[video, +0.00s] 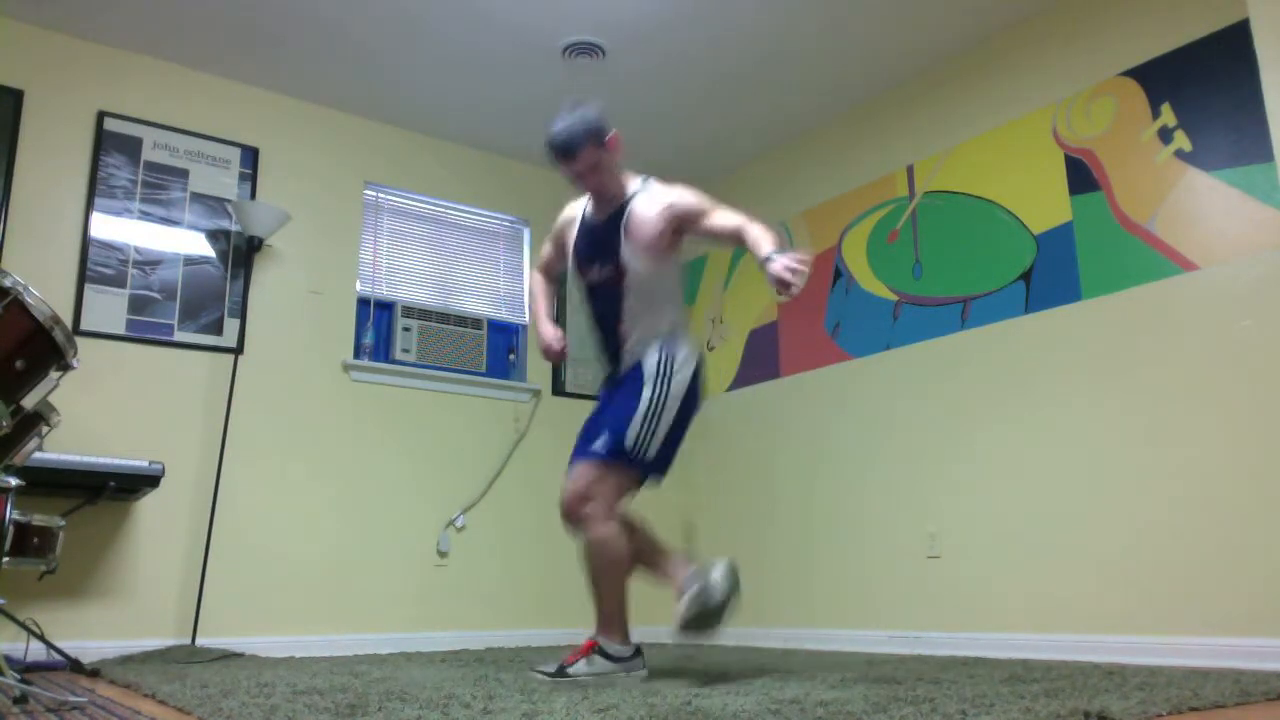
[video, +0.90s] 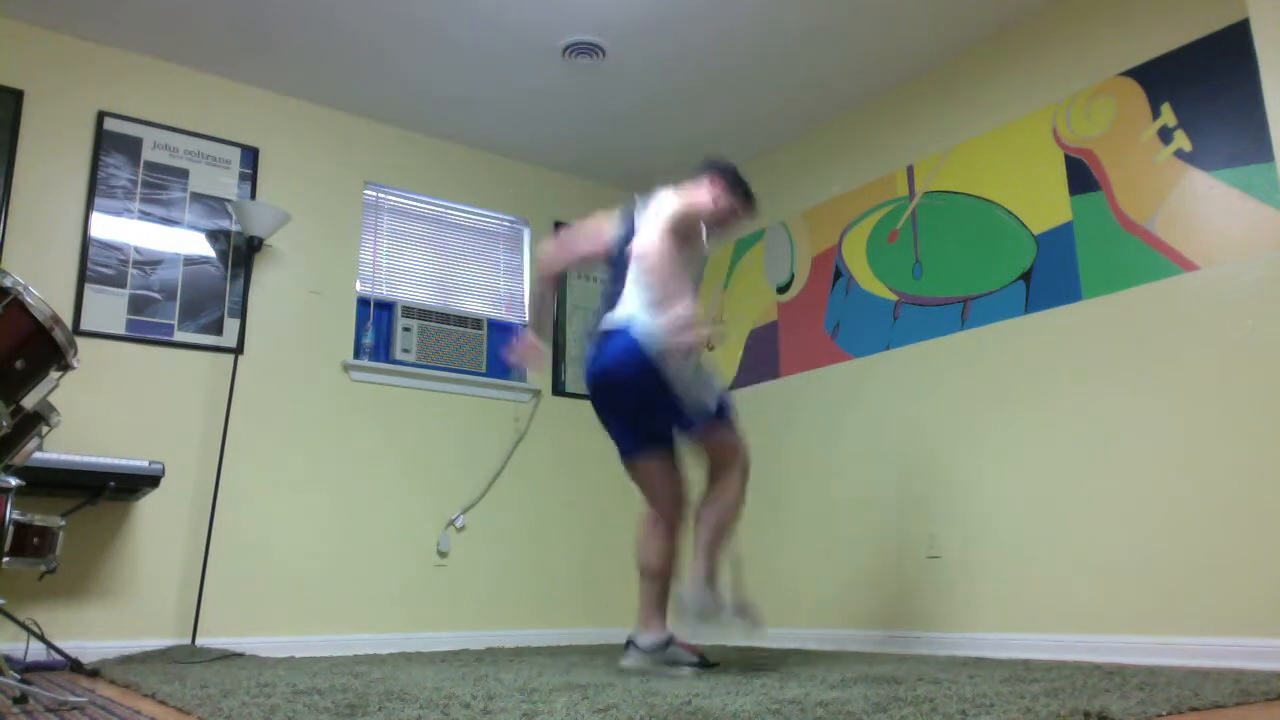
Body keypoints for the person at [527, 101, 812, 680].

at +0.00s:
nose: (584, 179)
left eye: (589, 164)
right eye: (572, 170)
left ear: (614, 146)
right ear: (563, 170)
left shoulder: (661, 203)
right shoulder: (573, 219)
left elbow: (744, 225)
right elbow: (543, 272)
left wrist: (771, 256)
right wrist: (544, 323)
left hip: (664, 366)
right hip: (626, 374)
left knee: (592, 498)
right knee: (579, 506)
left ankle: (614, 646)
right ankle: (695, 579)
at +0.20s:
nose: (541, 189)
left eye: (542, 174)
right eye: (532, 183)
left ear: (565, 147)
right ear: (529, 178)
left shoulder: (613, 187)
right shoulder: (574, 206)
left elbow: (675, 199)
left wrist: (726, 226)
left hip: (641, 348)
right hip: (617, 353)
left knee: (592, 487)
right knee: (585, 484)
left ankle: (613, 645)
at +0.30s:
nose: (536, 179)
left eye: (533, 165)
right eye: (525, 174)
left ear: (554, 136)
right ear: (531, 165)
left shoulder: (599, 167)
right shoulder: (578, 194)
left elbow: (672, 182)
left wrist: (679, 230)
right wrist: (709, 276)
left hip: (614, 334)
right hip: (637, 338)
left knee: (574, 482)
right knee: (616, 481)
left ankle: (607, 618)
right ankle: (676, 414)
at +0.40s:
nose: (532, 189)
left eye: (527, 178)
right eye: (527, 181)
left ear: (536, 155)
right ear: (559, 136)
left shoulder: (578, 175)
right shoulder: (625, 175)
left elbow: (621, 208)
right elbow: (707, 213)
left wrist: (601, 257)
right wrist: (736, 260)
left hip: (603, 352)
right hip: (652, 351)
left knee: (582, 501)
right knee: (620, 485)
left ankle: (598, 644)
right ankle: (645, 442)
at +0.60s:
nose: (650, 186)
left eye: (654, 178)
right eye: (654, 177)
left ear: (610, 155)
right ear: (641, 163)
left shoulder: (550, 179)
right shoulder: (638, 187)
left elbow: (486, 236)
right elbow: (733, 183)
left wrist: (497, 302)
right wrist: (809, 193)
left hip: (606, 357)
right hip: (663, 343)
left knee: (594, 501)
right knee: (666, 434)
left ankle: (598, 644)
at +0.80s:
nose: (703, 193)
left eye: (708, 187)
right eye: (707, 184)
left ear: (665, 155)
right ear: (695, 164)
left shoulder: (597, 180)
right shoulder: (670, 174)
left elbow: (525, 210)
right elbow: (702, 201)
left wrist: (523, 284)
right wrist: (773, 225)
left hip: (600, 332)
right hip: (657, 312)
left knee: (631, 478)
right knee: (720, 404)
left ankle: (631, 610)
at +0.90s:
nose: (725, 228)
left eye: (733, 223)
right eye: (730, 216)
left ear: (696, 181)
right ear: (716, 191)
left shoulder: (637, 213)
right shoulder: (690, 203)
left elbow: (549, 253)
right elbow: (654, 246)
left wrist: (535, 331)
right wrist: (679, 318)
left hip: (608, 364)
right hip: (651, 350)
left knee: (664, 502)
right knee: (729, 460)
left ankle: (651, 636)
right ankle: (702, 592)